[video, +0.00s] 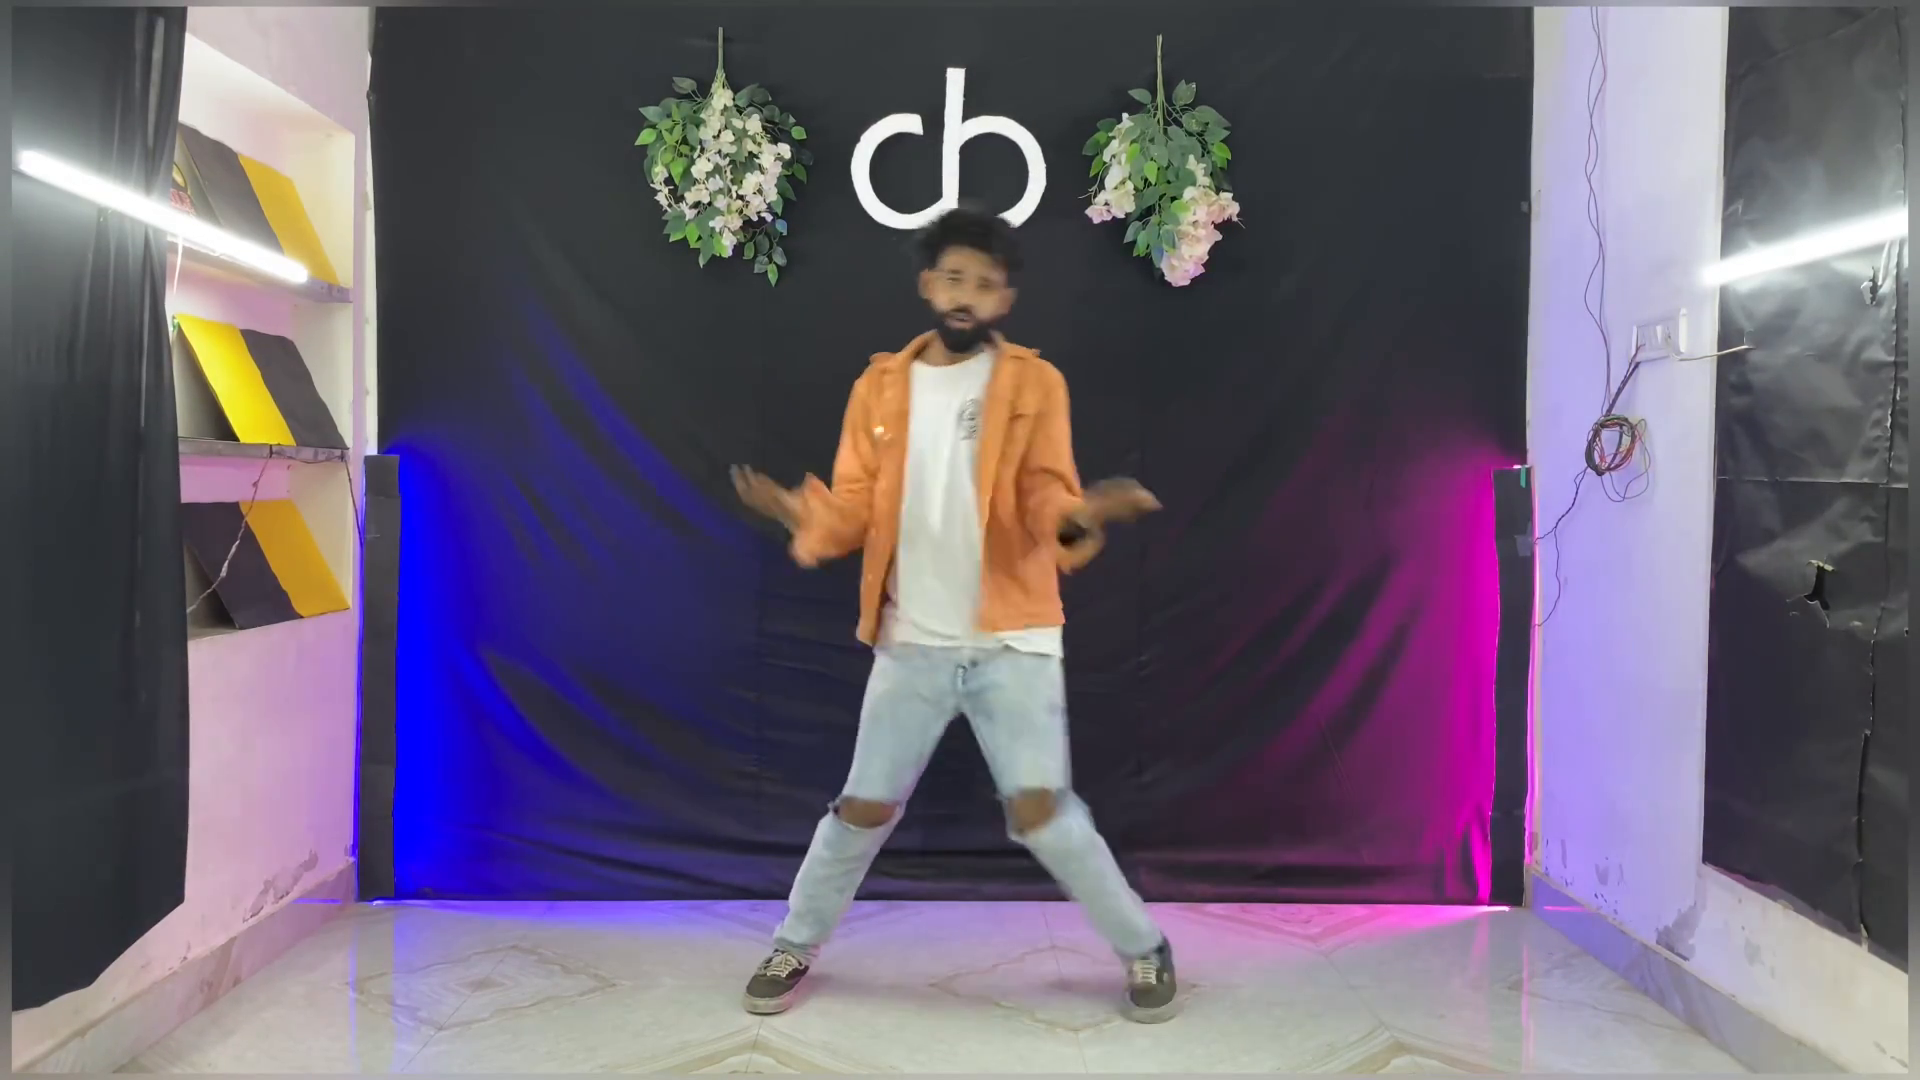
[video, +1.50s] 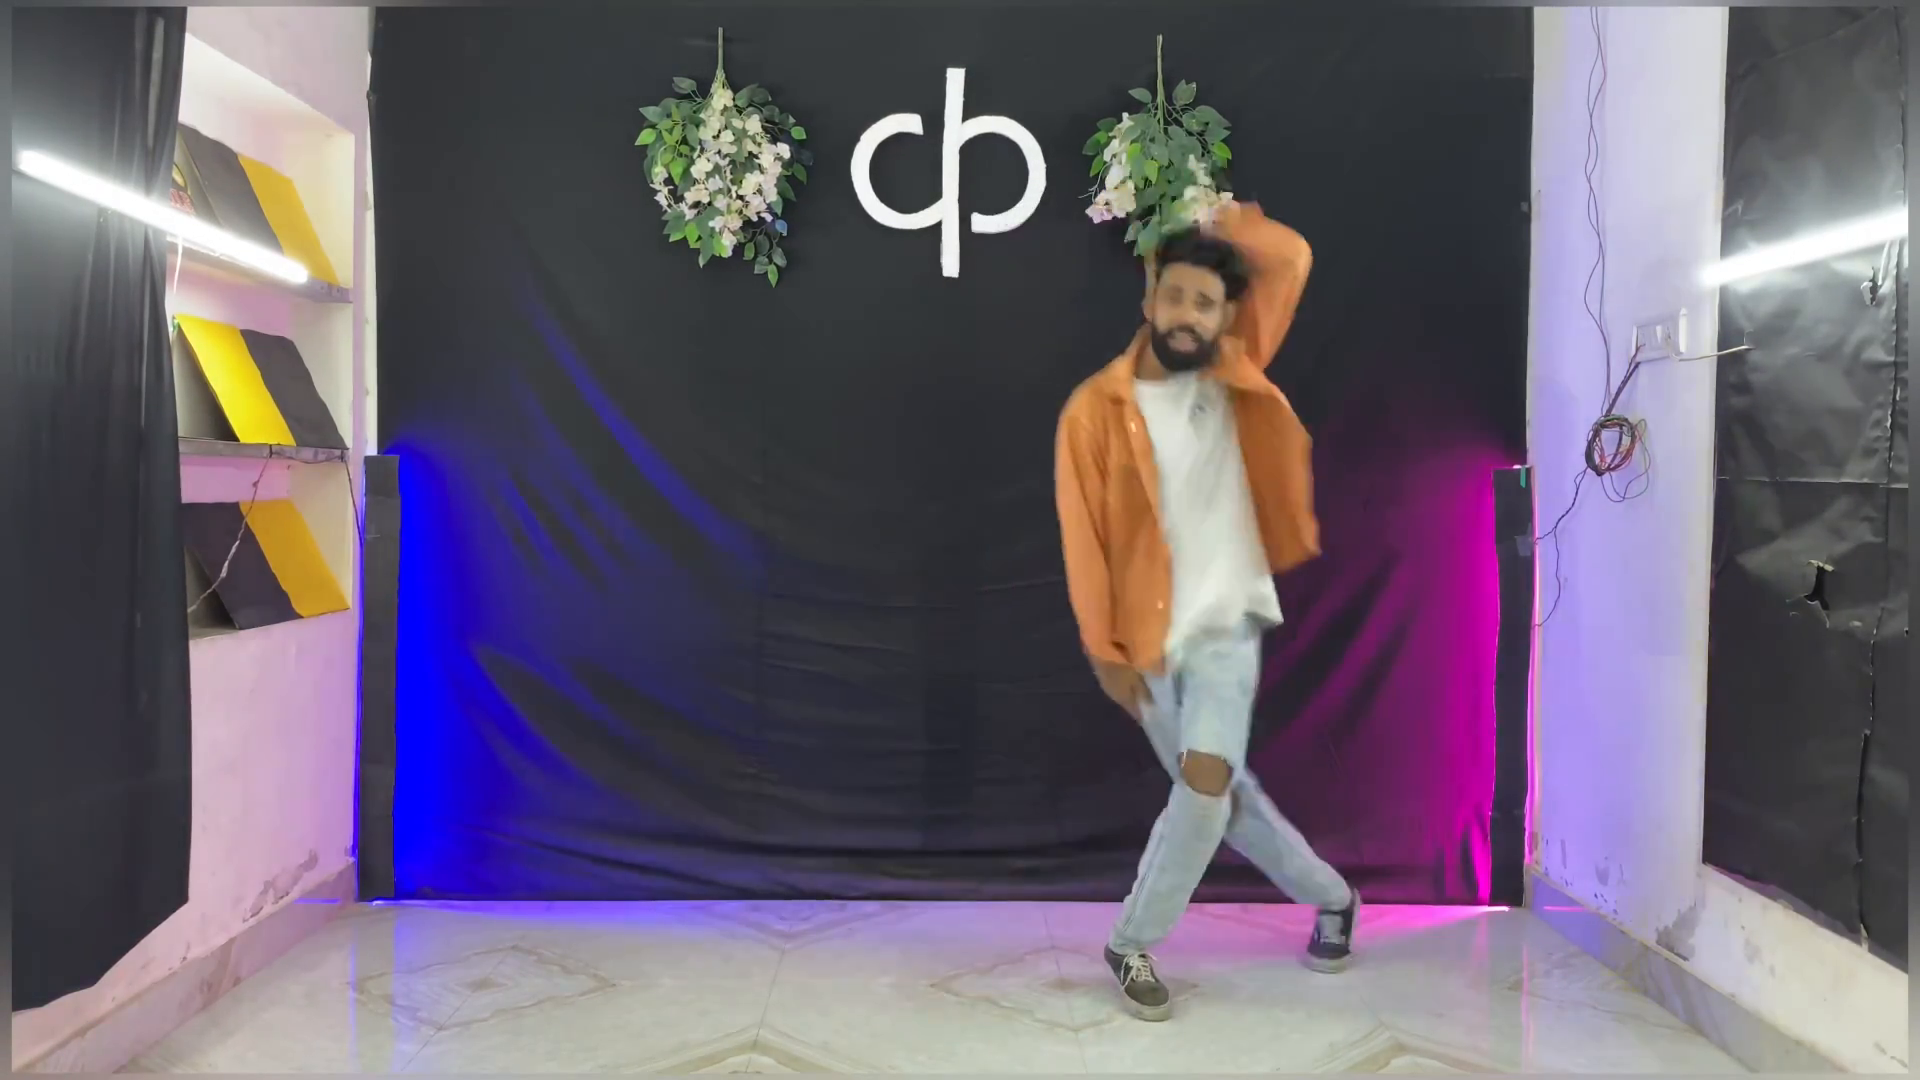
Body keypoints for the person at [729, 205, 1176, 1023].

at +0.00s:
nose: (964, 295)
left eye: (983, 283)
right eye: (951, 278)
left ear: (1009, 297)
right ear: (925, 283)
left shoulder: (1036, 384)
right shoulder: (881, 383)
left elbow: (1044, 501)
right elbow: (851, 501)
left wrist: (1083, 511)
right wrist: (800, 511)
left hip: (1014, 638)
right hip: (910, 638)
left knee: (1039, 810)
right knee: (863, 806)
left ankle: (1143, 949)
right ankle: (792, 945)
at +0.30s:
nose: (1064, 289)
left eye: (1080, 277)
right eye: (1049, 271)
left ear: (1099, 292)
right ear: (1019, 275)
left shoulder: (1120, 388)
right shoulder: (958, 369)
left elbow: (1154, 502)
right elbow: (922, 483)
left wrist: (1209, 598)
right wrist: (896, 573)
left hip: (1078, 634)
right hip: (964, 623)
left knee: (1090, 807)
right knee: (898, 790)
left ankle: (1141, 956)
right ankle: (813, 943)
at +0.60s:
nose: (1024, 279)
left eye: (1039, 264)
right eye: (1005, 267)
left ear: (1066, 277)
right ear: (982, 285)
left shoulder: (1102, 377)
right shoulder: (957, 365)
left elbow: (1088, 502)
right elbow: (977, 472)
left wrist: (974, 522)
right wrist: (1096, 447)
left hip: (1066, 607)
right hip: (968, 599)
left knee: (1099, 785)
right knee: (947, 752)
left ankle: (1143, 953)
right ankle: (1009, 895)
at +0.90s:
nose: (920, 330)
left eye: (942, 320)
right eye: (912, 316)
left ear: (978, 340)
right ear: (897, 330)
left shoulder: (1021, 436)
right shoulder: (872, 442)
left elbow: (1093, 549)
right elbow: (822, 570)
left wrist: (1170, 644)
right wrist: (753, 663)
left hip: (963, 704)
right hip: (860, 684)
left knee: (960, 886)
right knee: (791, 836)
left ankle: (1107, 948)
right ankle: (682, 965)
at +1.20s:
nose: (1078, 276)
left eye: (1094, 262)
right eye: (1065, 259)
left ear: (1116, 271)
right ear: (1034, 260)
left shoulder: (1140, 331)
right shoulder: (992, 354)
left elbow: (1176, 369)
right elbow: (960, 481)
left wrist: (1119, 297)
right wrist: (943, 590)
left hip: (1125, 600)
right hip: (1020, 597)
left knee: (1139, 774)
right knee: (970, 750)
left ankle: (1123, 950)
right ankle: (925, 882)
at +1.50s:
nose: (1188, 316)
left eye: (1205, 302)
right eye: (1174, 296)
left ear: (1227, 313)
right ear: (1148, 301)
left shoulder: (1239, 376)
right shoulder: (1097, 406)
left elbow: (1291, 260)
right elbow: (1081, 535)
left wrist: (1220, 217)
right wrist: (1102, 648)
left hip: (1230, 610)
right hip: (1143, 624)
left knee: (1208, 776)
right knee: (1214, 789)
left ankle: (1132, 942)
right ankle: (1331, 899)